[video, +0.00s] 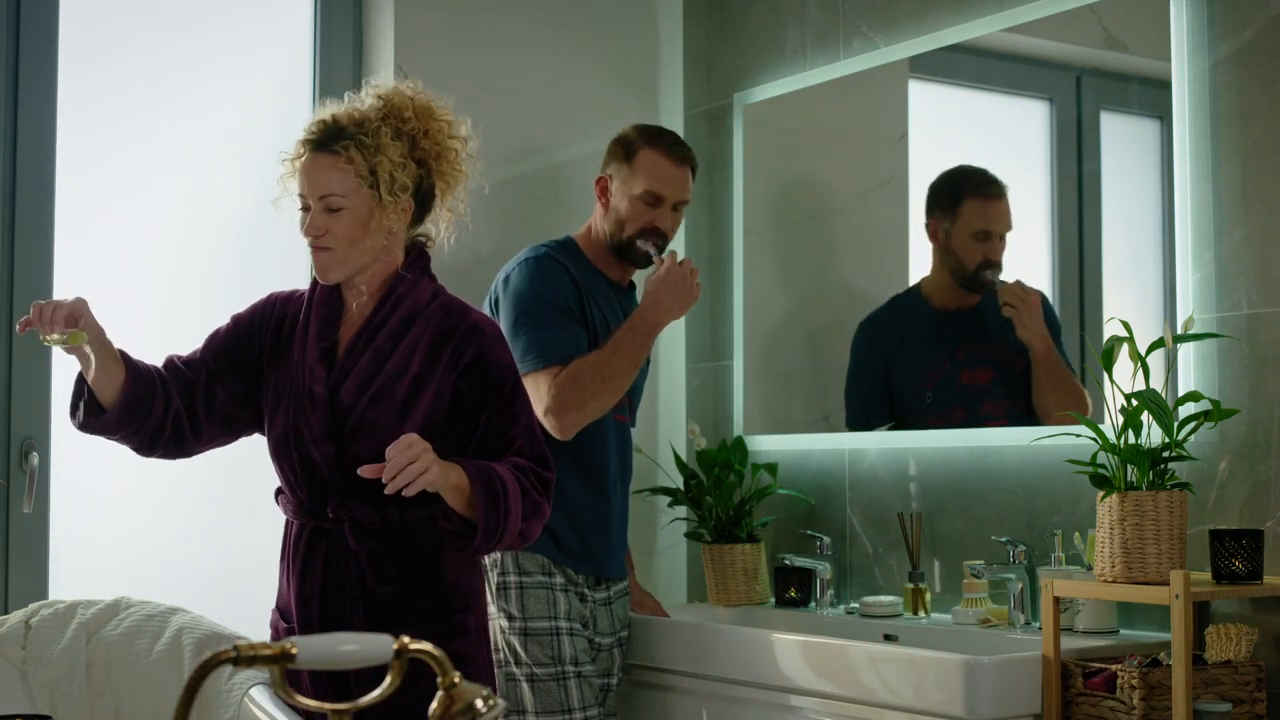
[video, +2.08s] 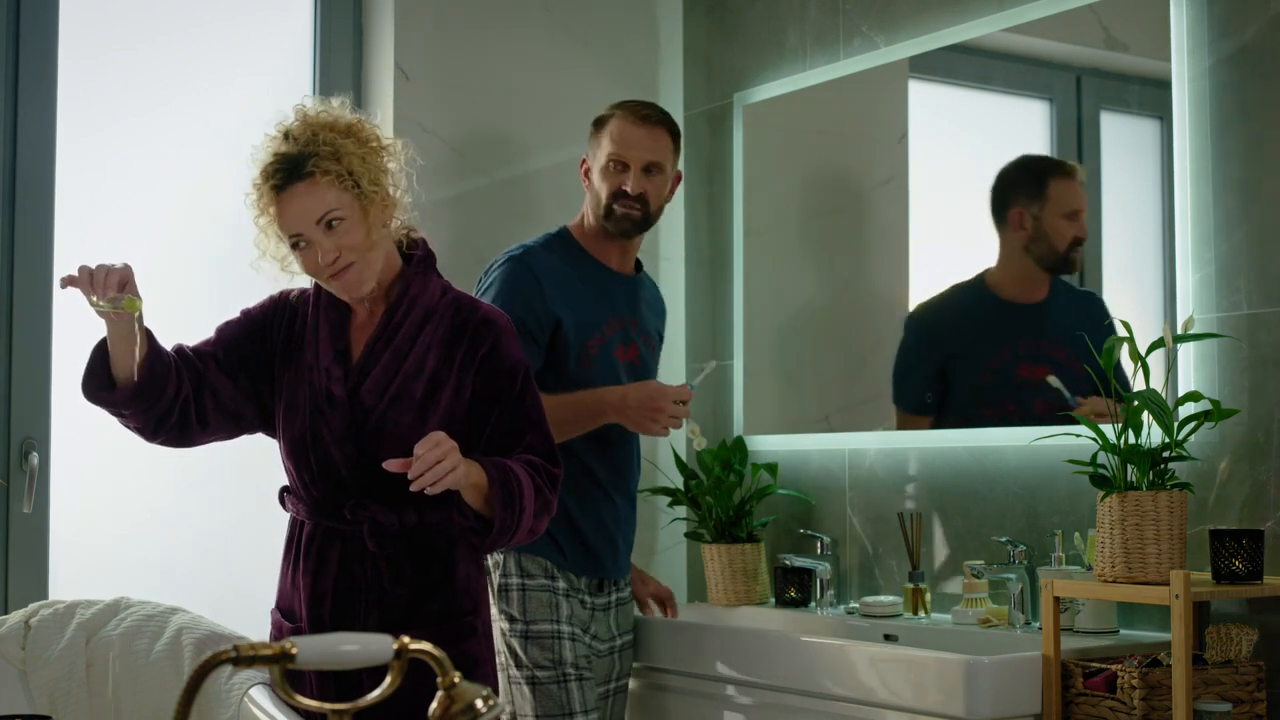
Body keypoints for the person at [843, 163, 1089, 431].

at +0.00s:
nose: (995, 255)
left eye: (1002, 238)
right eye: (981, 238)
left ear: (1009, 233)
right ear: (936, 232)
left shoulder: (1030, 312)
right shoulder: (882, 331)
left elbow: (1069, 423)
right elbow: (867, 450)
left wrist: (1039, 342)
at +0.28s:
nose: (965, 270)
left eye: (979, 253)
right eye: (949, 252)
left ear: (995, 241)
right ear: (922, 240)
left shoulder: (1032, 312)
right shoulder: (882, 333)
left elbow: (1070, 426)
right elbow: (867, 449)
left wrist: (1023, 354)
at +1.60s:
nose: (991, 244)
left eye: (999, 228)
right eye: (974, 227)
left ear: (1006, 227)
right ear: (932, 227)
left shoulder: (1039, 311)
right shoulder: (884, 330)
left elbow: (1082, 423)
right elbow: (871, 449)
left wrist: (1026, 381)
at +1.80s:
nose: (1019, 239)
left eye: (1023, 225)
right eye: (1004, 223)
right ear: (955, 223)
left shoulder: (1053, 313)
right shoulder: (898, 328)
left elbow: (1102, 419)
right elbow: (880, 446)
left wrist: (1061, 404)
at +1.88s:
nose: (1033, 236)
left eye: (1036, 222)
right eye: (1018, 220)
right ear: (968, 223)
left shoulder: (1063, 314)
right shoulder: (905, 326)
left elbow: (1111, 419)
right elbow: (885, 443)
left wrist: (1079, 410)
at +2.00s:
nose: (1061, 234)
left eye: (1061, 219)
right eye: (1047, 217)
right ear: (995, 222)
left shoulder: (1077, 314)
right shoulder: (920, 323)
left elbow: (1119, 415)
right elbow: (901, 442)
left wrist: (1107, 417)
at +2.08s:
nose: (1083, 234)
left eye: (1082, 219)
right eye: (1070, 218)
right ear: (1020, 221)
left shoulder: (1088, 313)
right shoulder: (933, 324)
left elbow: (1128, 415)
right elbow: (911, 451)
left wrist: (1114, 415)